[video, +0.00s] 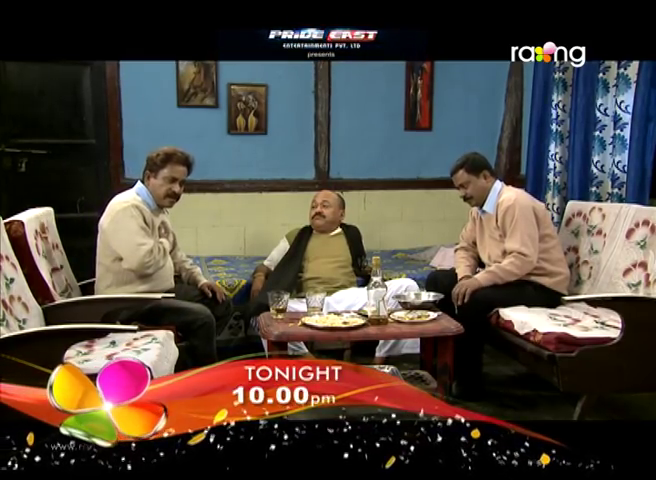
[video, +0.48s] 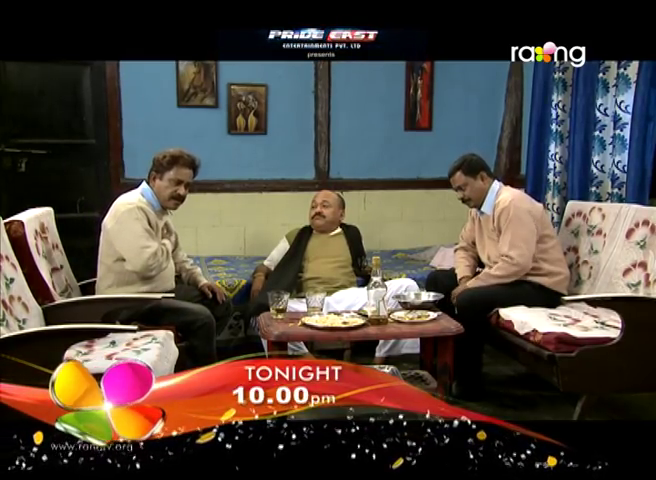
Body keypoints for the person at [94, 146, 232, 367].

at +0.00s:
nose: (177, 190)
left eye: (182, 184)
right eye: (171, 181)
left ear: (184, 185)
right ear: (149, 177)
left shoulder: (158, 214)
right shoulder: (125, 209)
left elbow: (176, 257)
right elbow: (140, 262)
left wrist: (201, 281)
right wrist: (164, 244)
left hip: (158, 295)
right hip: (128, 304)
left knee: (219, 303)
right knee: (200, 318)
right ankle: (205, 385)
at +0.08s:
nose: (178, 190)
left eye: (183, 184)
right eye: (172, 181)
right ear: (150, 177)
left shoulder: (158, 214)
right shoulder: (126, 209)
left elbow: (177, 257)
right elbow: (141, 262)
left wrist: (201, 281)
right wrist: (164, 244)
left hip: (158, 295)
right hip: (128, 304)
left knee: (219, 304)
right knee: (200, 318)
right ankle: (205, 385)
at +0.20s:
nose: (179, 191)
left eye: (184, 185)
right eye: (174, 182)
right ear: (152, 178)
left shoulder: (158, 214)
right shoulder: (126, 210)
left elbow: (177, 257)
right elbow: (142, 263)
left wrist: (201, 281)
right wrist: (165, 244)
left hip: (157, 295)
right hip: (128, 304)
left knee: (218, 304)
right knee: (200, 318)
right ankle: (205, 386)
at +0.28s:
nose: (180, 191)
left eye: (185, 185)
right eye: (175, 182)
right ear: (153, 178)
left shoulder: (158, 213)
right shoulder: (127, 210)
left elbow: (177, 257)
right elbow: (142, 263)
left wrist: (201, 281)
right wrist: (165, 245)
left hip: (157, 295)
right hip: (128, 305)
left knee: (218, 304)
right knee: (201, 319)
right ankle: (204, 386)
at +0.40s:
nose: (182, 192)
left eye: (186, 186)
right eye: (176, 183)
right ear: (154, 179)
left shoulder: (159, 214)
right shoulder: (128, 210)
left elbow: (177, 257)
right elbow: (144, 264)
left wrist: (201, 281)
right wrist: (166, 245)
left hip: (155, 296)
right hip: (126, 304)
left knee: (219, 305)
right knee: (200, 319)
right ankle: (204, 386)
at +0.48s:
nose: (182, 192)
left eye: (187, 187)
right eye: (176, 183)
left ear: (191, 188)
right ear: (154, 179)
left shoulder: (159, 214)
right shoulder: (129, 210)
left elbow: (178, 258)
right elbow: (144, 264)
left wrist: (201, 282)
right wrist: (167, 244)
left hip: (156, 295)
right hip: (127, 304)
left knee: (219, 304)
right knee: (201, 319)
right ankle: (204, 385)